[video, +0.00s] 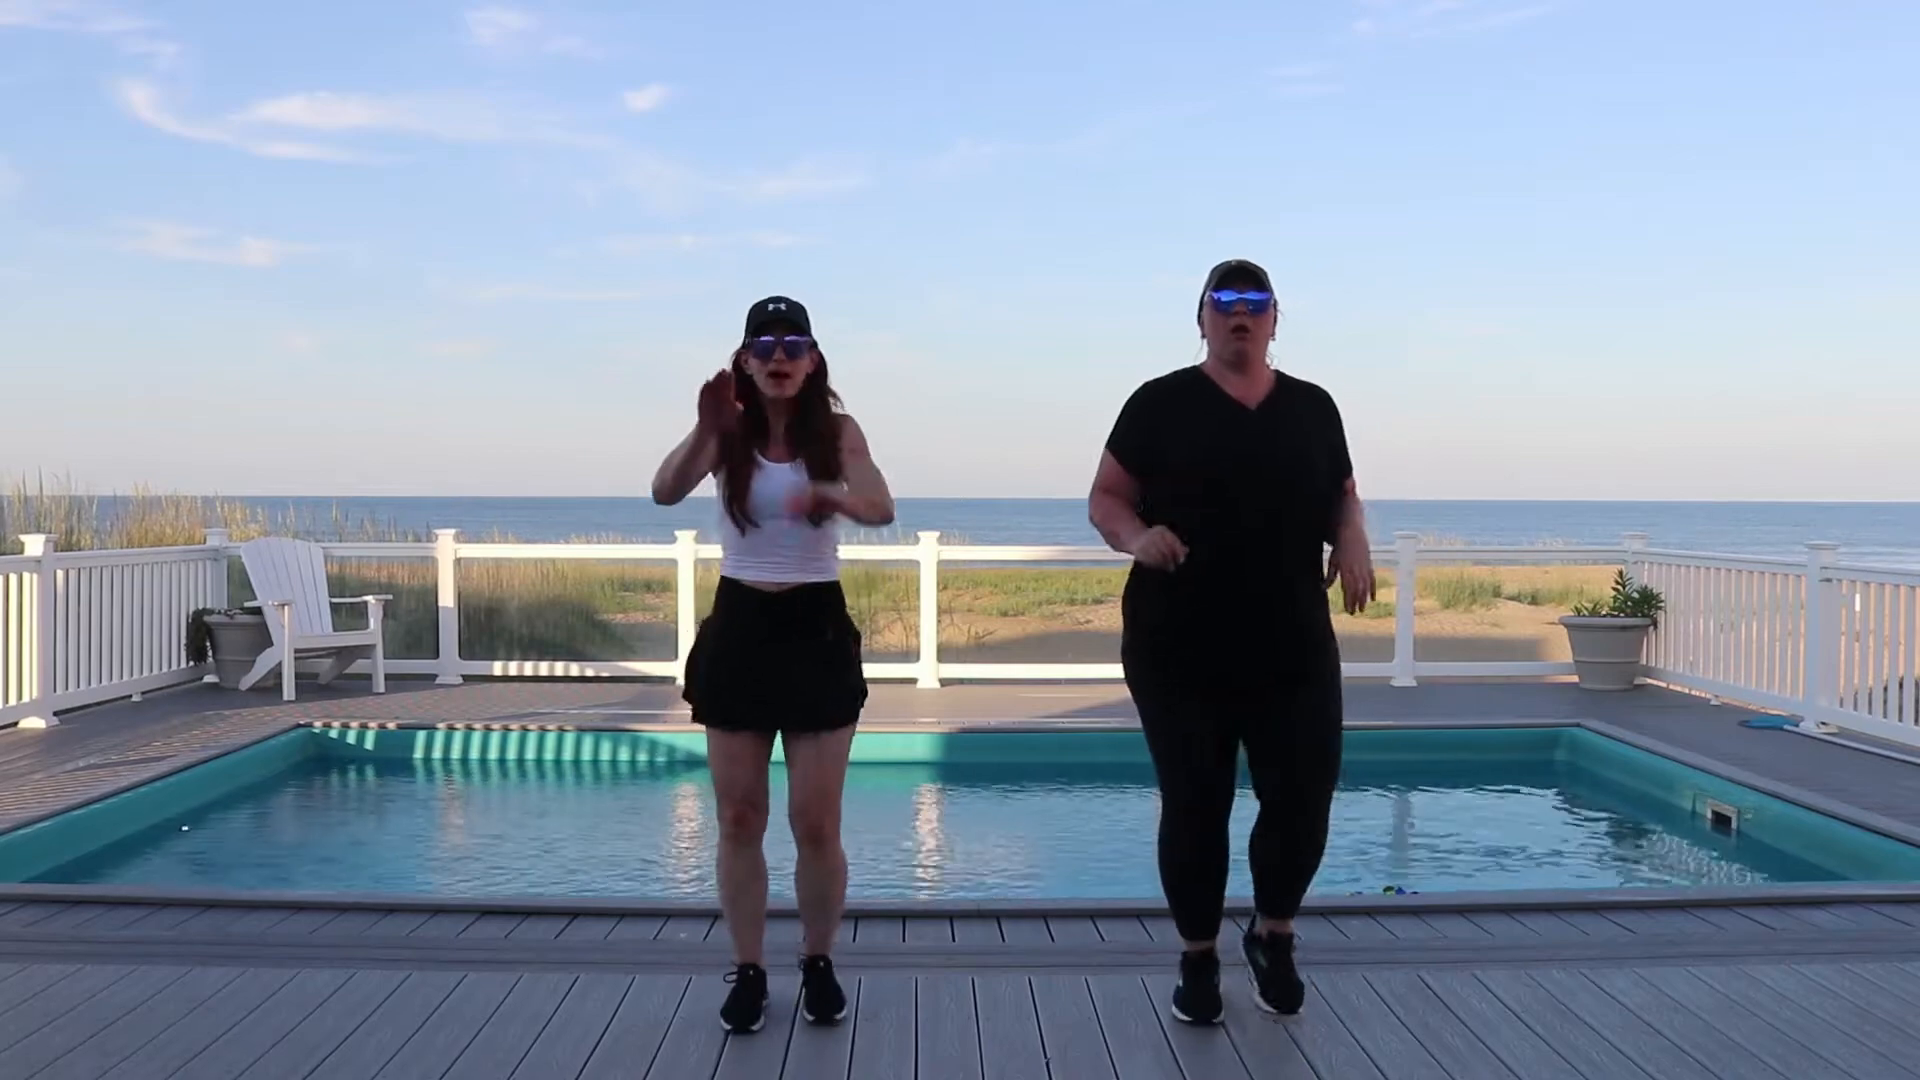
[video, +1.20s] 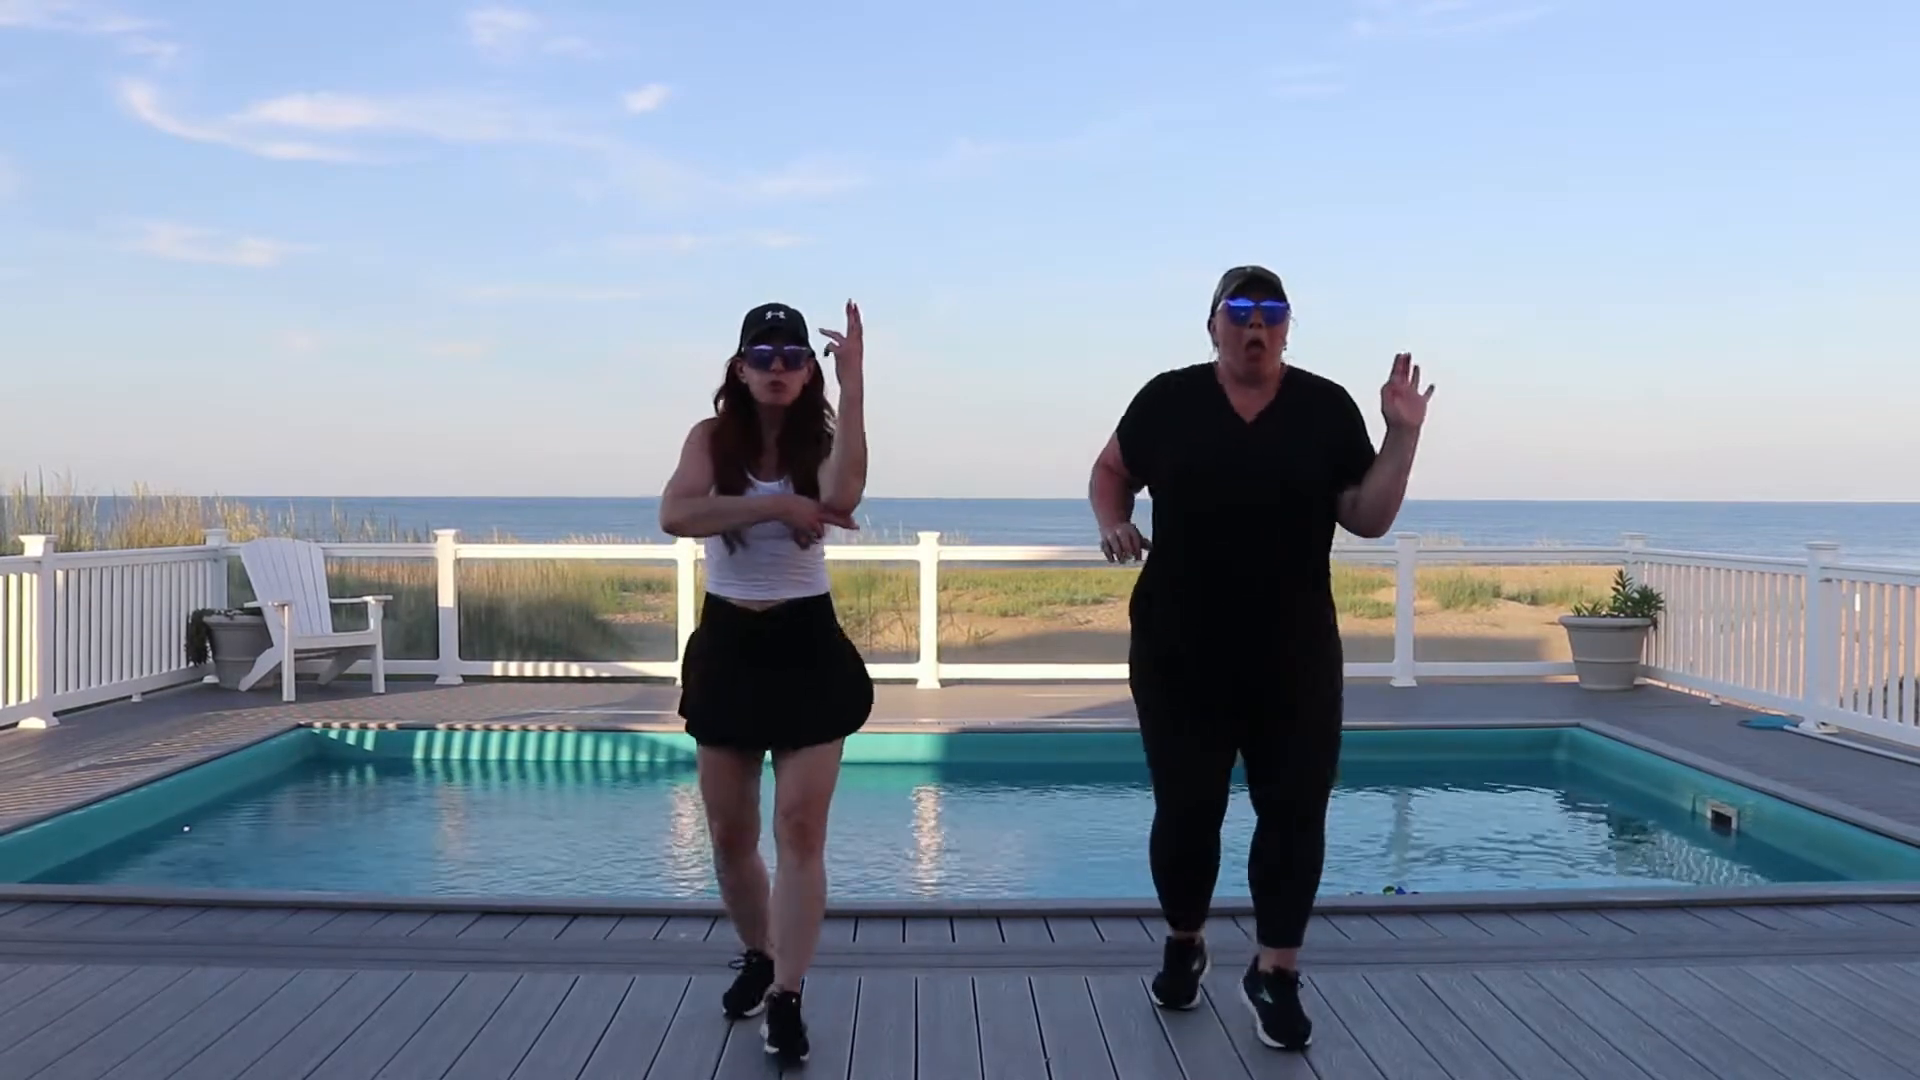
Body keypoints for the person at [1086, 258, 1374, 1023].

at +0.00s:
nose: (1240, 311)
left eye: (1254, 301)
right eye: (1225, 301)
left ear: (1274, 319)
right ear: (1202, 318)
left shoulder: (1313, 408)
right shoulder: (1158, 404)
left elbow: (1342, 496)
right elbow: (1106, 499)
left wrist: (1351, 537)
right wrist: (1135, 535)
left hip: (1289, 634)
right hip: (1180, 638)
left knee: (1303, 794)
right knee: (1195, 798)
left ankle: (1273, 936)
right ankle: (1198, 955)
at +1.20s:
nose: (1257, 327)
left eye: (1271, 316)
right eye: (1241, 315)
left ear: (1288, 327)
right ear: (1214, 325)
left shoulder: (1325, 406)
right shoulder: (1168, 399)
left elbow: (1368, 516)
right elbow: (1111, 472)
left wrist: (1403, 432)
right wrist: (1113, 521)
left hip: (1294, 644)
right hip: (1183, 642)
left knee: (1296, 811)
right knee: (1186, 807)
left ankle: (1278, 971)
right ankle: (1184, 944)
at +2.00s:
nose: (1260, 357)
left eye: (1273, 344)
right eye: (1245, 343)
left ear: (1289, 338)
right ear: (1215, 336)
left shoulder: (1327, 401)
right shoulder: (1170, 416)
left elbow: (1377, 449)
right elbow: (1167, 514)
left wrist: (1377, 533)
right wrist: (1196, 404)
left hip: (1297, 647)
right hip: (1189, 651)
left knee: (1295, 808)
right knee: (1207, 813)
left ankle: (1257, 948)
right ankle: (1212, 979)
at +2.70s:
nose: (1275, 318)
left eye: (1289, 308)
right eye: (1260, 308)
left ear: (1308, 323)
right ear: (1236, 325)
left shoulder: (1348, 414)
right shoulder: (1196, 401)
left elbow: (1368, 505)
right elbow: (1167, 497)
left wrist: (1366, 395)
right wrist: (1288, 506)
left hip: (1318, 659)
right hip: (1204, 656)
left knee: (1308, 823)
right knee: (1188, 821)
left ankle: (1301, 980)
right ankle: (1209, 945)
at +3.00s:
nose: (1282, 312)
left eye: (1296, 303)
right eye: (1267, 302)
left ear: (1312, 318)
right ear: (1239, 317)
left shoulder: (1349, 401)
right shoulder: (1203, 392)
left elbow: (1385, 493)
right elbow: (1167, 491)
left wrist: (1372, 381)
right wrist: (1288, 511)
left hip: (1323, 640)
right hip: (1211, 641)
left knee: (1324, 804)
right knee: (1217, 803)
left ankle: (1307, 963)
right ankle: (1218, 946)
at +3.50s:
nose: (1282, 326)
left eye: (1294, 314)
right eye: (1265, 315)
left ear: (1311, 325)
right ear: (1236, 327)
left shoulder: (1350, 401)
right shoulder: (1201, 409)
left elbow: (1404, 481)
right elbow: (1219, 481)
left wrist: (1304, 493)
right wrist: (1227, 365)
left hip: (1321, 653)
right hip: (1209, 656)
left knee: (1353, 792)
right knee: (1225, 817)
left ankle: (1286, 937)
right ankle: (1225, 985)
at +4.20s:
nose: (1269, 330)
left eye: (1282, 320)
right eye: (1252, 319)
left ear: (1299, 334)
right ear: (1224, 333)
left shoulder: (1333, 415)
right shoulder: (1183, 422)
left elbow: (1376, 478)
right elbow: (1167, 510)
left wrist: (1351, 362)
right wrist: (1279, 492)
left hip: (1289, 662)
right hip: (1180, 661)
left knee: (1299, 824)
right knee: (1191, 823)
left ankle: (1336, 993)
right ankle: (1202, 977)